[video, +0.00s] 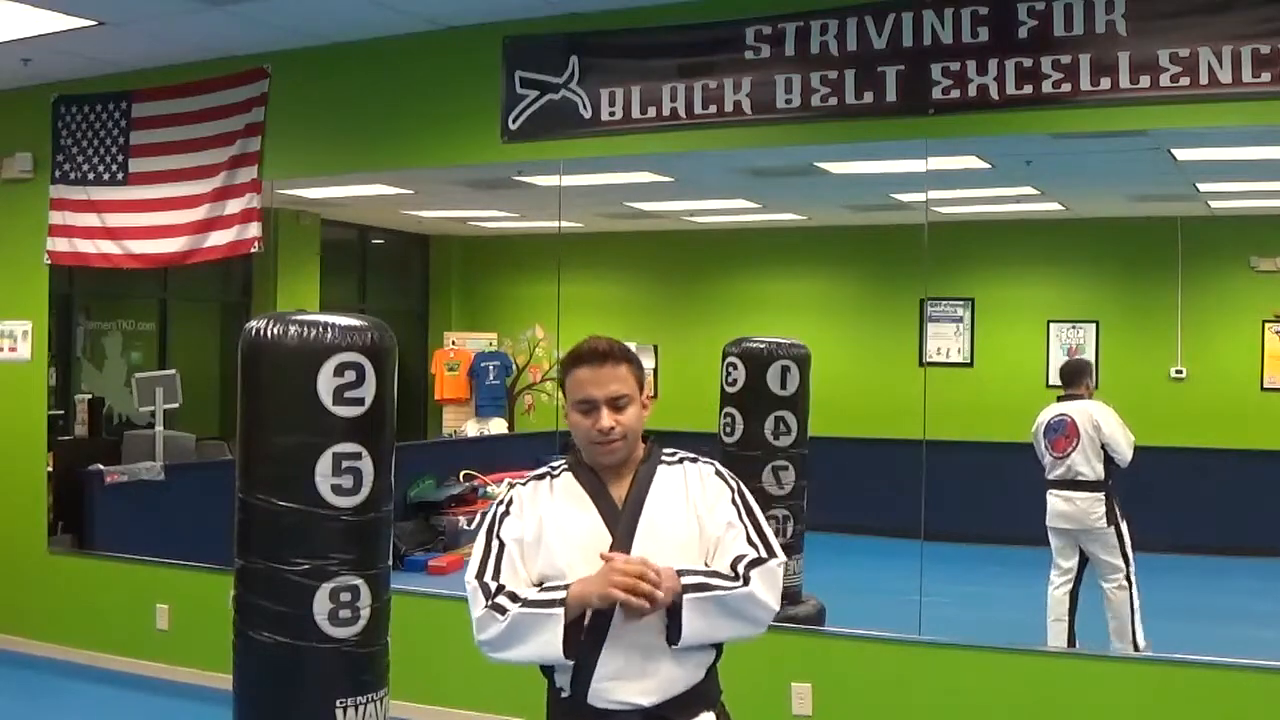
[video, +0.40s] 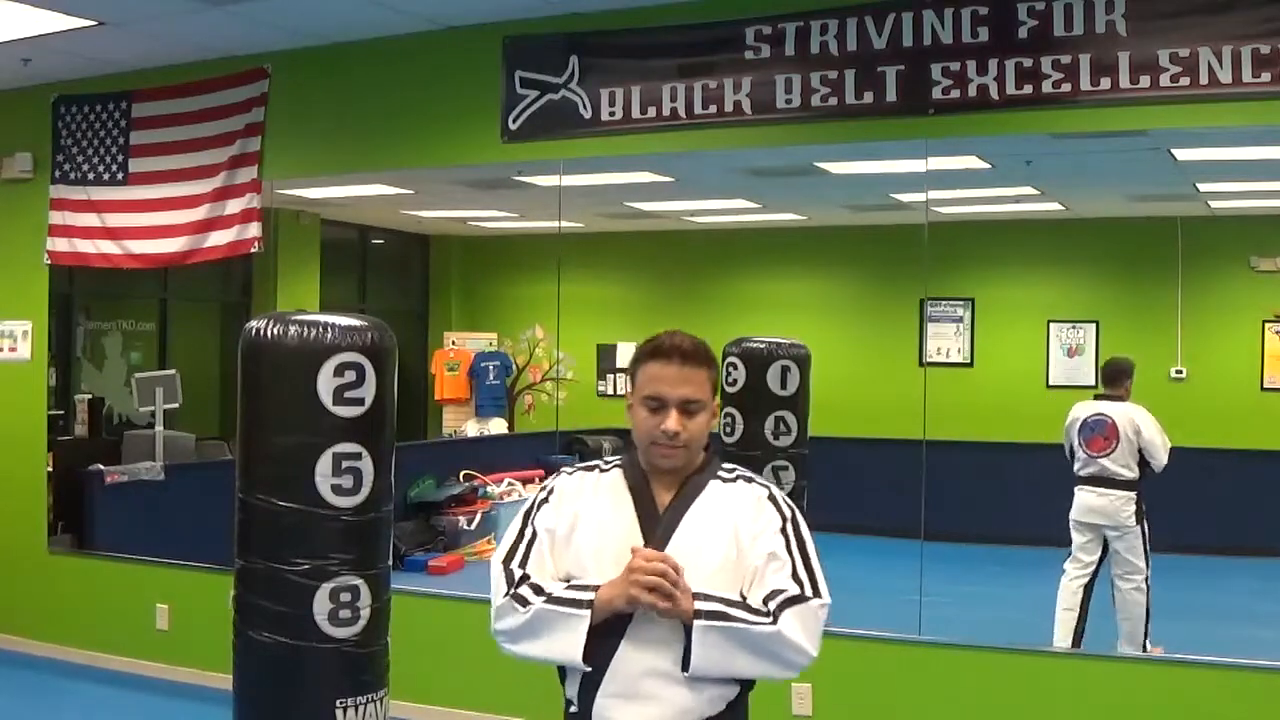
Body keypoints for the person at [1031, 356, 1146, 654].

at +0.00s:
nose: (1094, 385)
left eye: (1092, 380)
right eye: (1093, 380)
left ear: (1063, 384)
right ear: (1088, 383)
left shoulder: (1045, 415)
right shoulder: (1098, 411)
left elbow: (1045, 457)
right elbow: (1124, 455)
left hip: (1056, 501)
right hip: (1094, 503)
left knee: (1061, 576)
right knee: (1117, 577)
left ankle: (1058, 649)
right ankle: (1128, 650)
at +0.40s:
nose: (1131, 385)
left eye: (1128, 381)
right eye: (1131, 381)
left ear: (1102, 381)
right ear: (1128, 383)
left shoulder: (1078, 411)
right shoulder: (1137, 415)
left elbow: (1070, 451)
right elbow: (1159, 460)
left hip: (1084, 499)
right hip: (1122, 503)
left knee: (1077, 568)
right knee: (1131, 575)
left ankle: (1062, 646)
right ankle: (1133, 649)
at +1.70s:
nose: (1170, 381)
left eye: (1167, 377)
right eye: (1168, 377)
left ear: (1140, 384)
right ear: (1164, 381)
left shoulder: (1128, 416)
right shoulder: (1177, 412)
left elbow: (1128, 462)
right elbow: (1201, 455)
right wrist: (1200, 434)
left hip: (1140, 495)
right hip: (1175, 497)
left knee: (1143, 563)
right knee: (1205, 556)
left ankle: (1141, 639)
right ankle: (1170, 616)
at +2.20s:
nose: (1211, 380)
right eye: (1211, 376)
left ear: (1185, 380)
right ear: (1211, 379)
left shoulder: (1166, 413)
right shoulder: (1229, 412)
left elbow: (1151, 458)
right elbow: (1247, 455)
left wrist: (1180, 453)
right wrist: (1220, 457)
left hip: (1174, 493)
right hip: (1211, 496)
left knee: (1161, 559)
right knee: (1219, 564)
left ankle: (1150, 630)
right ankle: (1225, 636)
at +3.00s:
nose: (1181, 391)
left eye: (1177, 387)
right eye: (1180, 388)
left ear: (1152, 393)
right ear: (1177, 392)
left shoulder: (1134, 426)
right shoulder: (1195, 426)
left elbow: (1117, 472)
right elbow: (1212, 472)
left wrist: (1141, 481)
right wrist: (1200, 490)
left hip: (1145, 506)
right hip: (1183, 507)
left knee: (1134, 574)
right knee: (1203, 572)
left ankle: (1132, 644)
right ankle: (1220, 634)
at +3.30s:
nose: (1148, 367)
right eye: (1150, 362)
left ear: (1124, 367)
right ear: (1152, 365)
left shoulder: (1106, 399)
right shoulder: (1171, 395)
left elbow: (1092, 445)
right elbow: (1195, 434)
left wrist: (1121, 453)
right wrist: (1171, 453)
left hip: (1123, 485)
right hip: (1162, 485)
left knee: (1117, 553)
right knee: (1175, 552)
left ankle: (1112, 630)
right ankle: (1161, 618)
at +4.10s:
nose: (1144, 365)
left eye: (1138, 361)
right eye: (1143, 361)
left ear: (1115, 365)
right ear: (1142, 364)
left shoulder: (1095, 398)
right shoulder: (1160, 396)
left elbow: (1082, 446)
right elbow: (1181, 439)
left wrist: (1111, 457)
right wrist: (1157, 460)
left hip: (1105, 486)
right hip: (1144, 489)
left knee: (1095, 556)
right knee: (1151, 561)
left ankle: (1084, 636)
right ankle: (1152, 641)